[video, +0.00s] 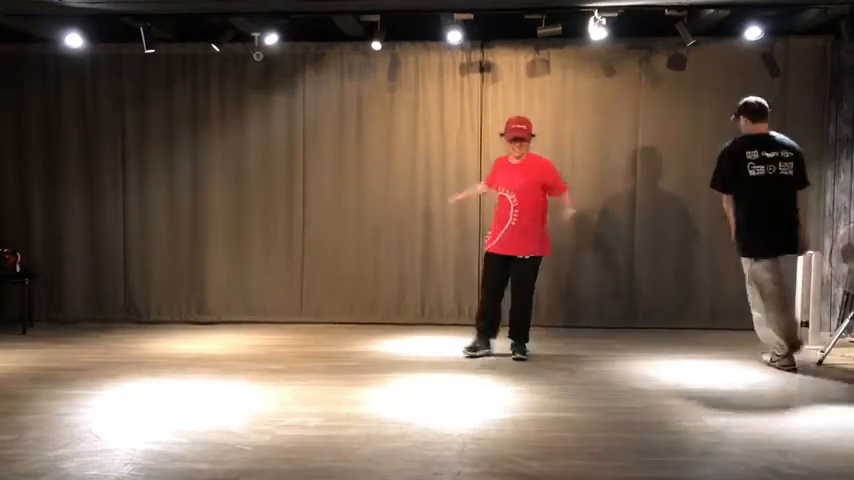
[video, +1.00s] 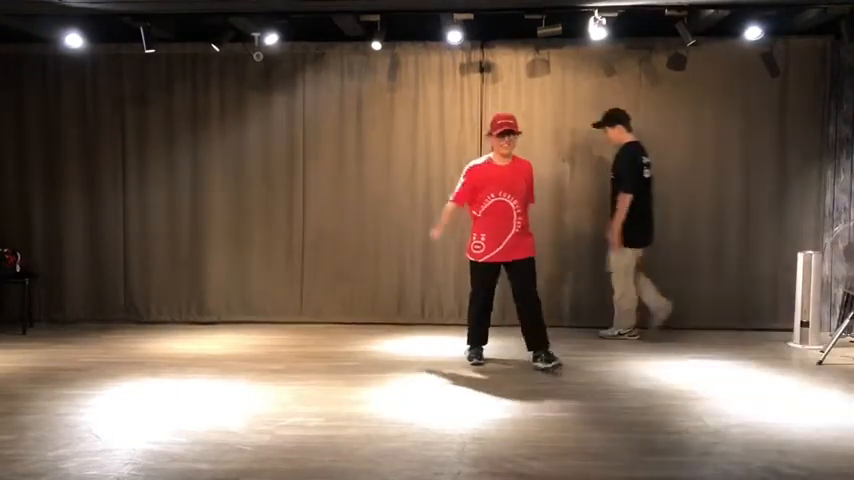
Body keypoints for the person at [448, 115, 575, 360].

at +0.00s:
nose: (517, 146)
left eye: (522, 142)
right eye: (513, 142)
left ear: (530, 142)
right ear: (506, 141)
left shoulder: (542, 167)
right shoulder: (500, 165)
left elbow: (564, 193)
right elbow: (487, 185)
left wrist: (568, 208)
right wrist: (464, 195)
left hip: (529, 245)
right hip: (499, 242)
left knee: (522, 297)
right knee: (490, 293)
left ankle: (519, 343)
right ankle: (483, 340)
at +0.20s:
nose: (515, 150)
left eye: (520, 145)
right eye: (511, 145)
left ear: (528, 142)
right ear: (502, 141)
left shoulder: (532, 163)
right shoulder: (490, 165)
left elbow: (515, 181)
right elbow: (476, 191)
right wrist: (492, 191)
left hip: (526, 242)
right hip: (495, 240)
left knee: (521, 296)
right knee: (485, 294)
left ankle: (519, 343)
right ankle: (476, 342)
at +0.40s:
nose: (503, 149)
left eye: (507, 145)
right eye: (498, 145)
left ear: (513, 142)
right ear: (489, 141)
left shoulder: (520, 159)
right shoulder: (479, 165)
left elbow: (507, 174)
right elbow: (494, 189)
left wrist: (474, 169)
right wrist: (526, 181)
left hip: (517, 242)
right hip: (485, 241)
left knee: (517, 297)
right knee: (480, 296)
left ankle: (519, 343)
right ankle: (475, 345)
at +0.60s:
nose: (495, 147)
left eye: (499, 141)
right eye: (490, 143)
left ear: (503, 140)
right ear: (479, 142)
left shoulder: (514, 166)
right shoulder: (467, 170)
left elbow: (530, 195)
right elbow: (457, 206)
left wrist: (548, 218)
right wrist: (460, 232)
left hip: (509, 245)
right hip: (477, 247)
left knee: (517, 292)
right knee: (476, 298)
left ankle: (513, 337)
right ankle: (475, 346)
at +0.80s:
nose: (495, 139)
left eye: (499, 134)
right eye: (490, 136)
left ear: (504, 136)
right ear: (479, 139)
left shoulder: (517, 165)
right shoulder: (466, 168)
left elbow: (529, 193)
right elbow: (440, 190)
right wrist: (417, 209)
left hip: (510, 243)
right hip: (477, 246)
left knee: (522, 295)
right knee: (477, 298)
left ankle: (534, 344)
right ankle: (475, 347)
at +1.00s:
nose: (507, 140)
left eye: (511, 136)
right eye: (502, 136)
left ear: (517, 139)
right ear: (492, 138)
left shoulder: (524, 168)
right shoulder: (475, 169)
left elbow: (527, 204)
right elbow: (454, 201)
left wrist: (520, 232)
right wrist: (440, 226)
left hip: (518, 246)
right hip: (484, 247)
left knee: (528, 298)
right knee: (481, 298)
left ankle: (540, 350)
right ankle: (475, 347)